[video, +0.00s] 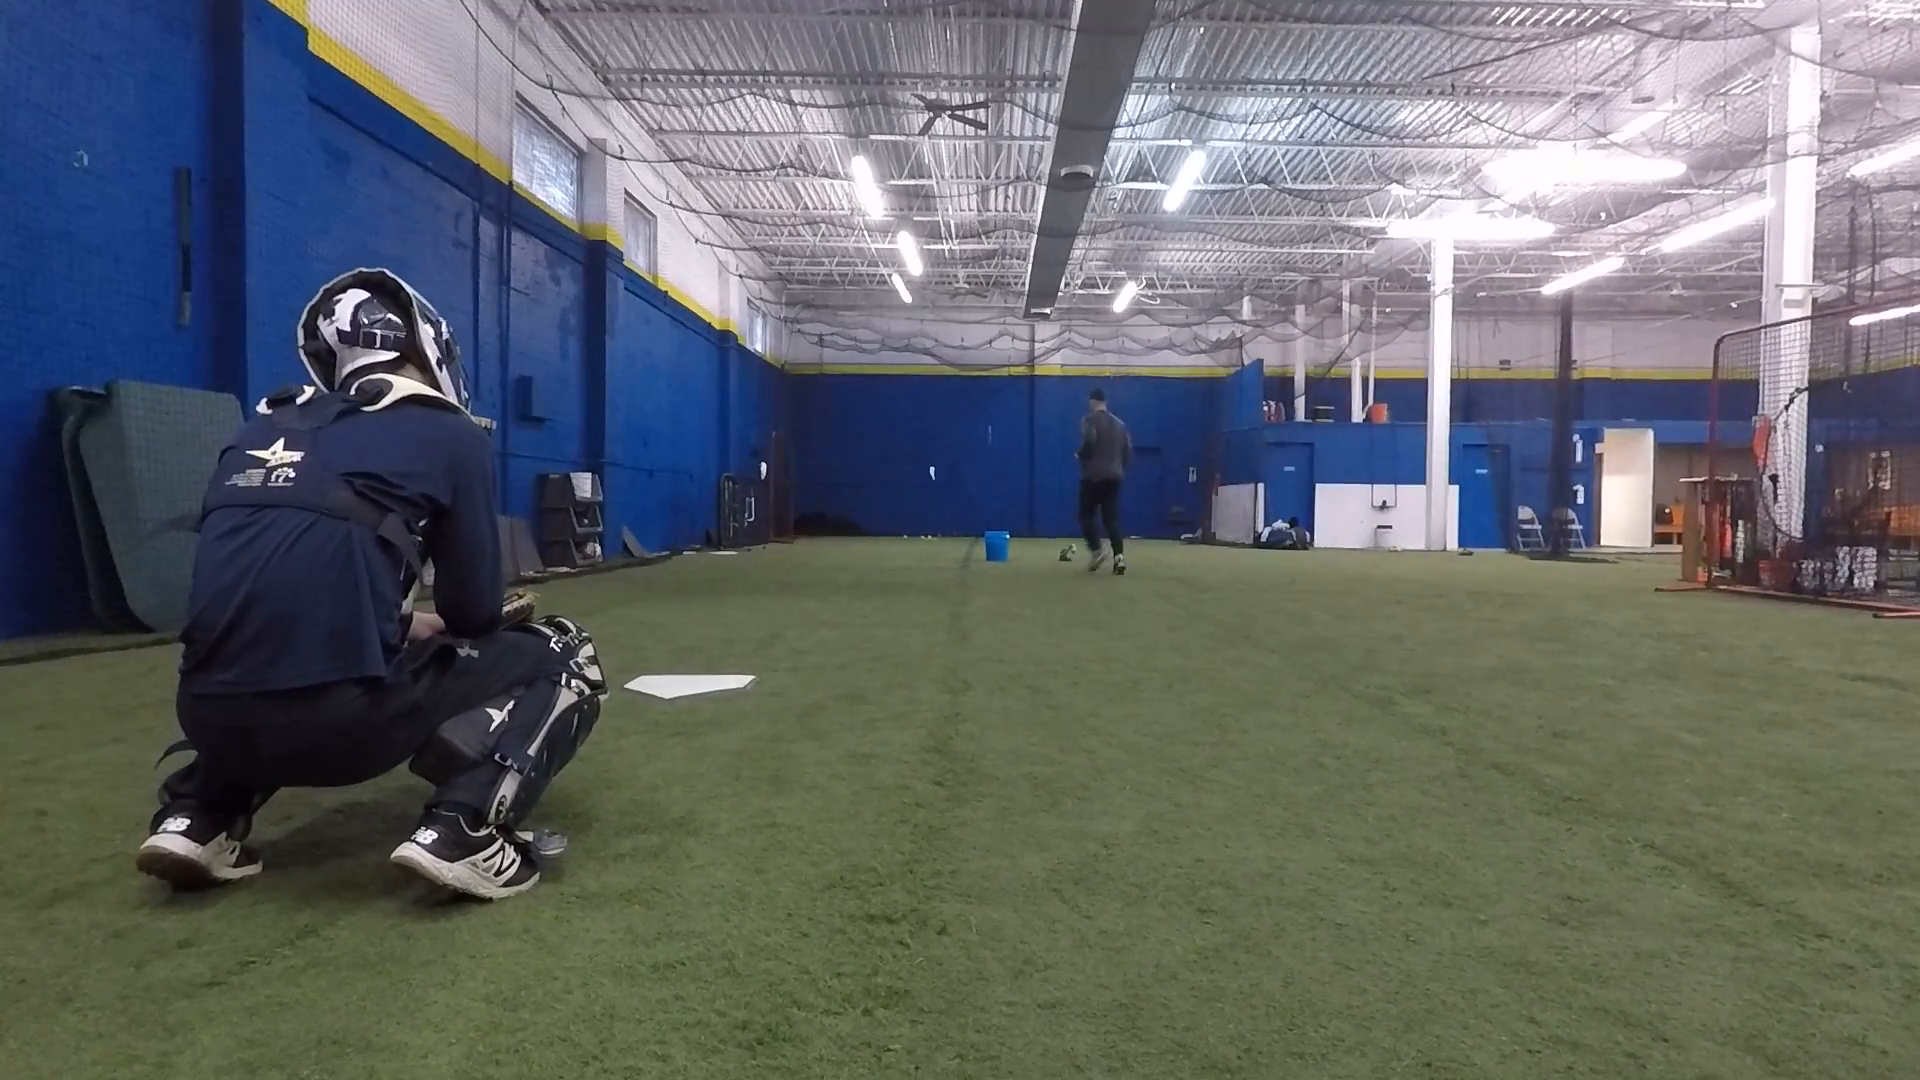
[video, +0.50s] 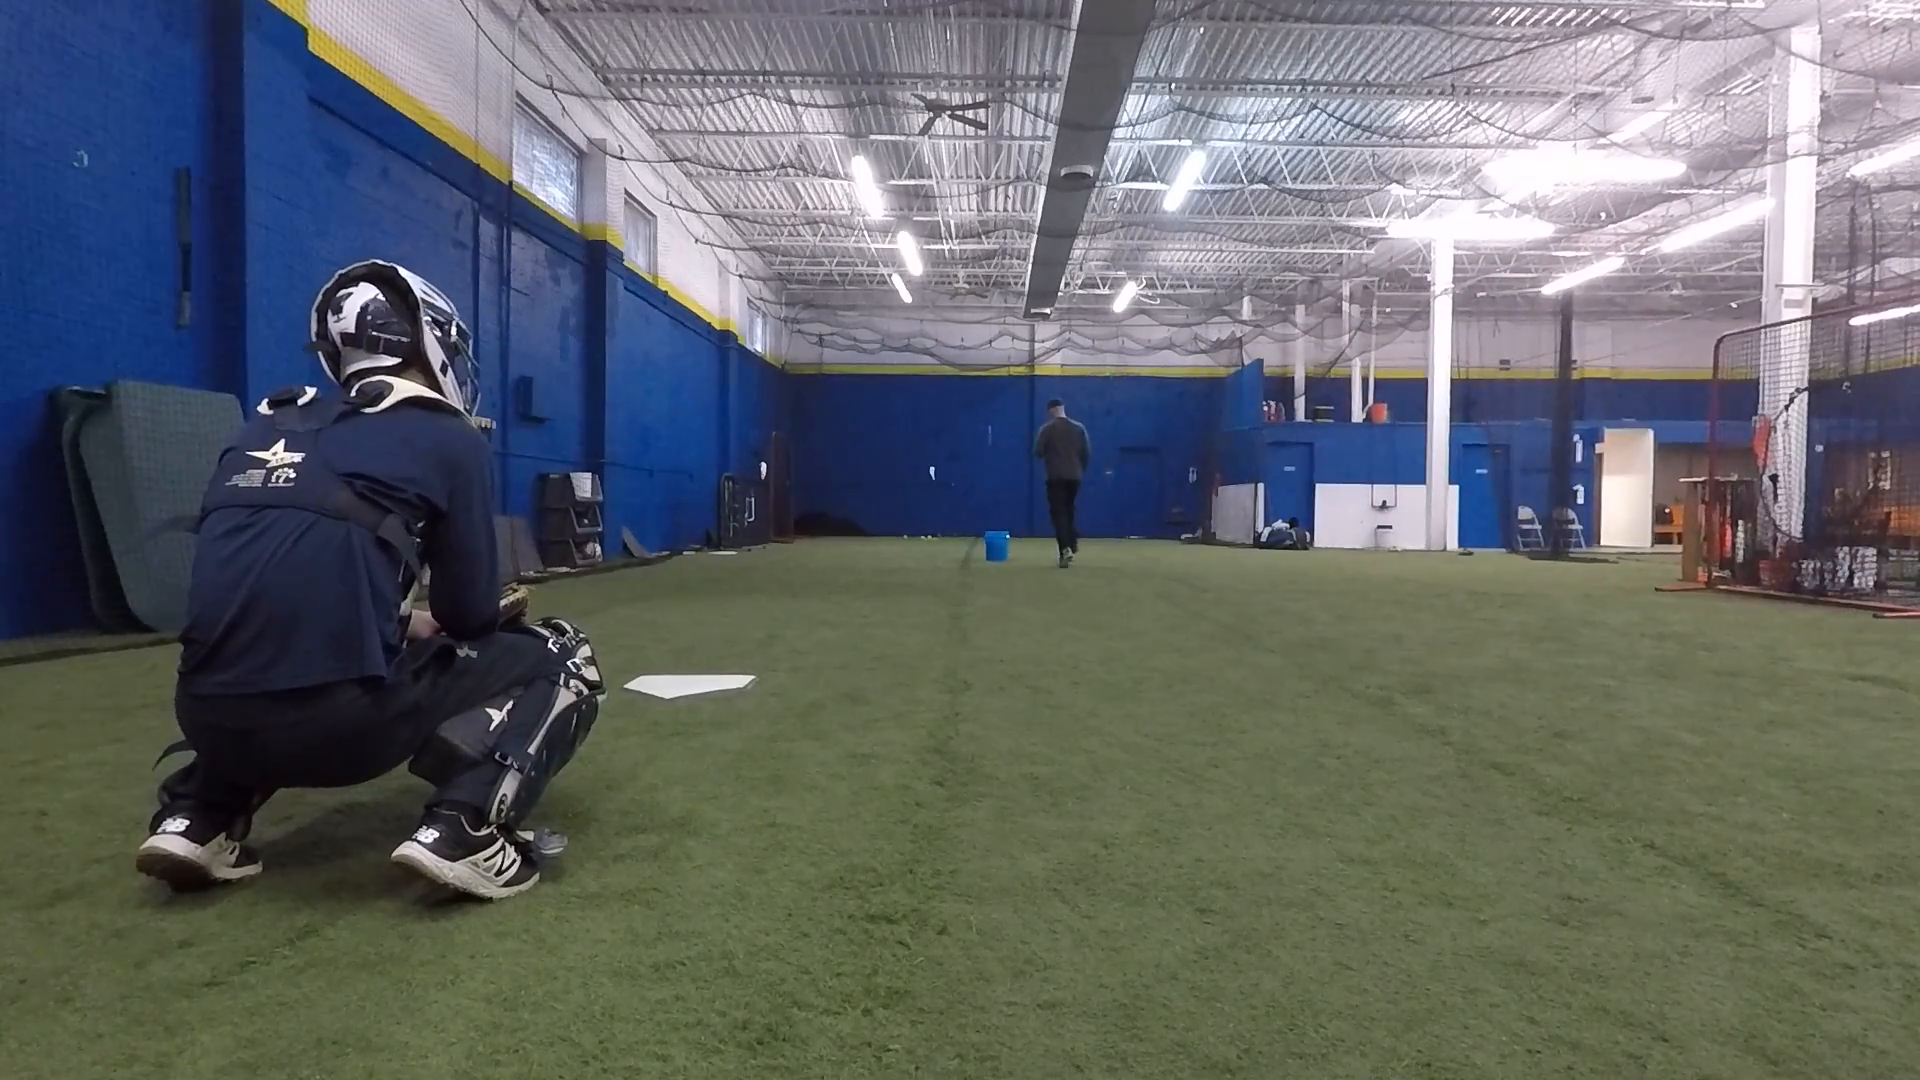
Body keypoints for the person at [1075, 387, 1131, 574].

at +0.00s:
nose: (1090, 405)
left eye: (1090, 402)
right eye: (1092, 402)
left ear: (1091, 402)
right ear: (1105, 402)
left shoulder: (1090, 420)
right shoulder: (1118, 422)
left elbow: (1090, 440)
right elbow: (1127, 448)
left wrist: (1080, 454)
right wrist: (1122, 466)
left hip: (1093, 476)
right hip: (1114, 475)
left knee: (1086, 515)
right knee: (1111, 515)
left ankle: (1096, 550)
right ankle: (1119, 555)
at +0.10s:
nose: (1077, 405)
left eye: (1078, 401)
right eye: (1079, 401)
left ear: (1080, 401)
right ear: (1094, 401)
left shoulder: (1081, 417)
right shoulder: (1108, 420)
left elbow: (1082, 437)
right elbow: (1115, 447)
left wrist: (1070, 449)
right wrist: (1110, 463)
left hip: (1082, 472)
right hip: (1102, 471)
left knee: (1080, 515)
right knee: (1105, 509)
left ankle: (1076, 558)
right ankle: (1118, 545)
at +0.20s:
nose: (1073, 412)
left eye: (1072, 409)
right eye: (1074, 408)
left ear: (1070, 409)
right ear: (1084, 408)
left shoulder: (1069, 426)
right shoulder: (1098, 426)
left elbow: (1070, 444)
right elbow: (1106, 448)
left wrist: (1061, 455)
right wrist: (1105, 468)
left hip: (1074, 479)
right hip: (1094, 477)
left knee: (1070, 517)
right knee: (1095, 514)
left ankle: (1068, 558)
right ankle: (1114, 541)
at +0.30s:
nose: (1063, 417)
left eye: (1062, 414)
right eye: (1065, 414)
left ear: (1062, 414)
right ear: (1075, 413)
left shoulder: (1060, 434)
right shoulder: (1090, 432)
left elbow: (1057, 459)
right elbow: (1097, 456)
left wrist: (1052, 465)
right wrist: (1098, 471)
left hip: (1066, 485)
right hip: (1086, 485)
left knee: (1063, 522)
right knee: (1084, 521)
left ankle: (1067, 558)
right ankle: (1104, 542)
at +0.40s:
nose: (1054, 416)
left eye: (1054, 413)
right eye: (1056, 413)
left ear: (1055, 413)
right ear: (1068, 411)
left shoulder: (1053, 431)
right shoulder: (1083, 430)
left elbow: (1045, 455)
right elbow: (1090, 453)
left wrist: (1054, 461)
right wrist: (1088, 470)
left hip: (1060, 481)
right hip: (1079, 480)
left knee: (1062, 518)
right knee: (1076, 516)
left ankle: (1066, 555)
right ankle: (1086, 543)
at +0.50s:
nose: (1052, 414)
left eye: (1050, 411)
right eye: (1054, 410)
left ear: (1050, 411)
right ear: (1063, 409)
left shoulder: (1047, 428)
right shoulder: (1079, 427)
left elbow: (1039, 451)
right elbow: (1085, 451)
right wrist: (1082, 467)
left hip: (1055, 477)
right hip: (1074, 476)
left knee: (1057, 512)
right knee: (1069, 508)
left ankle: (1064, 549)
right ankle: (1072, 543)